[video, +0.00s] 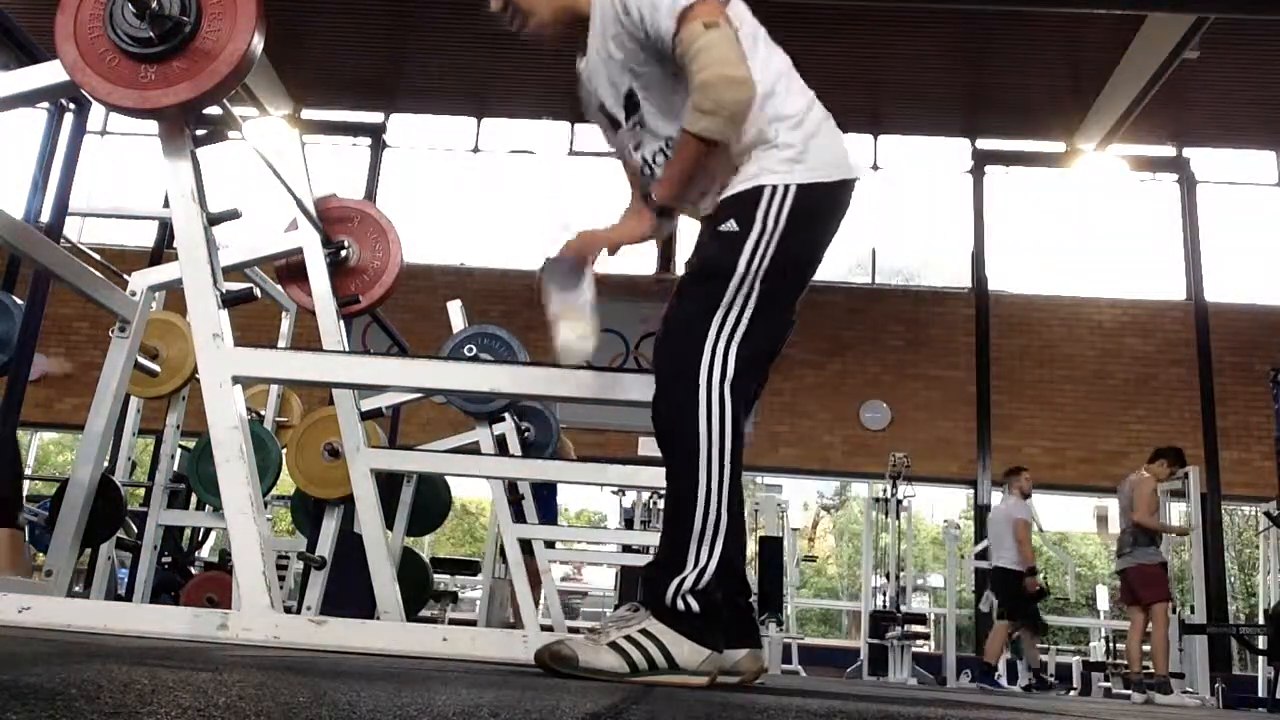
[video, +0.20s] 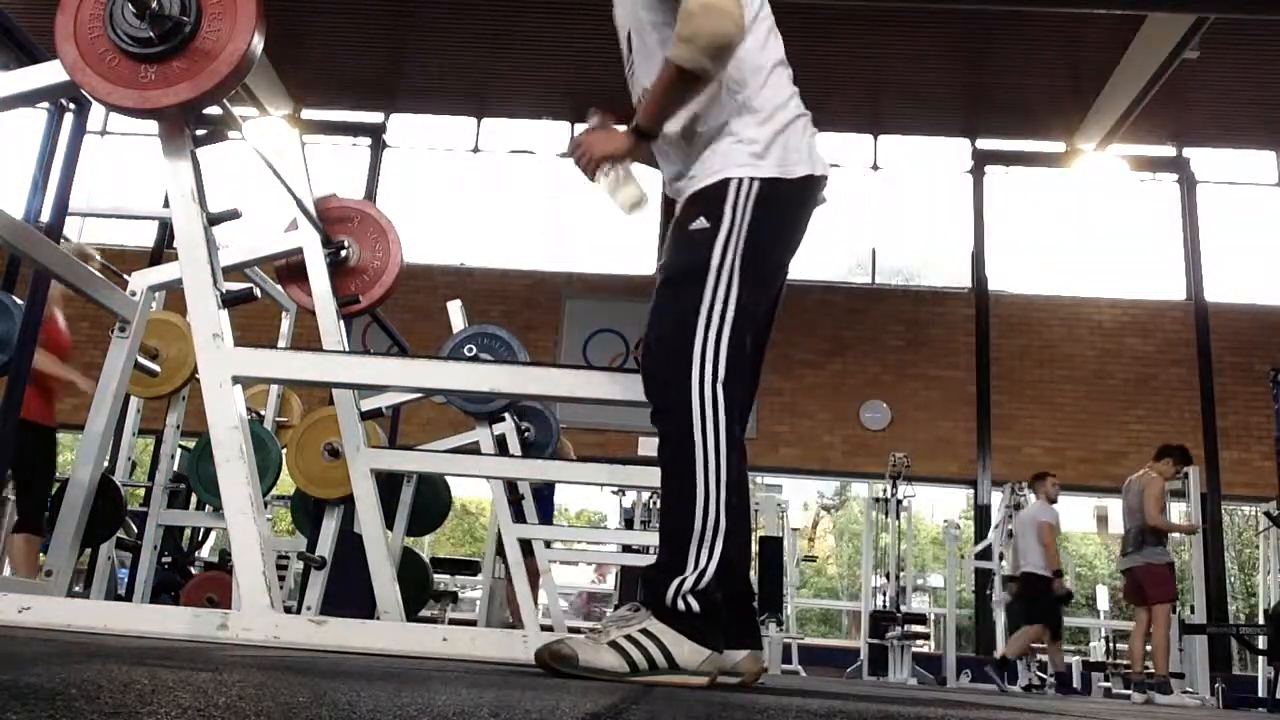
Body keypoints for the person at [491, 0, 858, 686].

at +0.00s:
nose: (510, 18)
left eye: (511, 1)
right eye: (505, 13)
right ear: (526, 17)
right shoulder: (598, 78)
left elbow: (724, 84)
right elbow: (653, 204)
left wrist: (660, 195)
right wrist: (605, 236)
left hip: (786, 167)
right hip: (744, 189)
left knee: (698, 377)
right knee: (691, 393)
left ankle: (690, 622)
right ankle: (726, 631)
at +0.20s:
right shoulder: (646, 15)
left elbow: (715, 27)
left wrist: (636, 126)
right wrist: (631, 139)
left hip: (750, 157)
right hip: (711, 168)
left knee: (689, 374)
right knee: (692, 383)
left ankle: (691, 623)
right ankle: (728, 631)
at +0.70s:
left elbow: (665, 9)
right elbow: (704, 99)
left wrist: (615, 27)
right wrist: (613, 106)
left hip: (703, 158)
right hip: (717, 164)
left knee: (663, 380)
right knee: (701, 399)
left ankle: (688, 623)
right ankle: (730, 633)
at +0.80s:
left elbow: (642, 4)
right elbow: (716, 108)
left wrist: (616, 8)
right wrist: (634, 119)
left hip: (705, 153)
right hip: (702, 157)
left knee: (666, 380)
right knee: (694, 393)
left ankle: (688, 623)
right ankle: (728, 633)